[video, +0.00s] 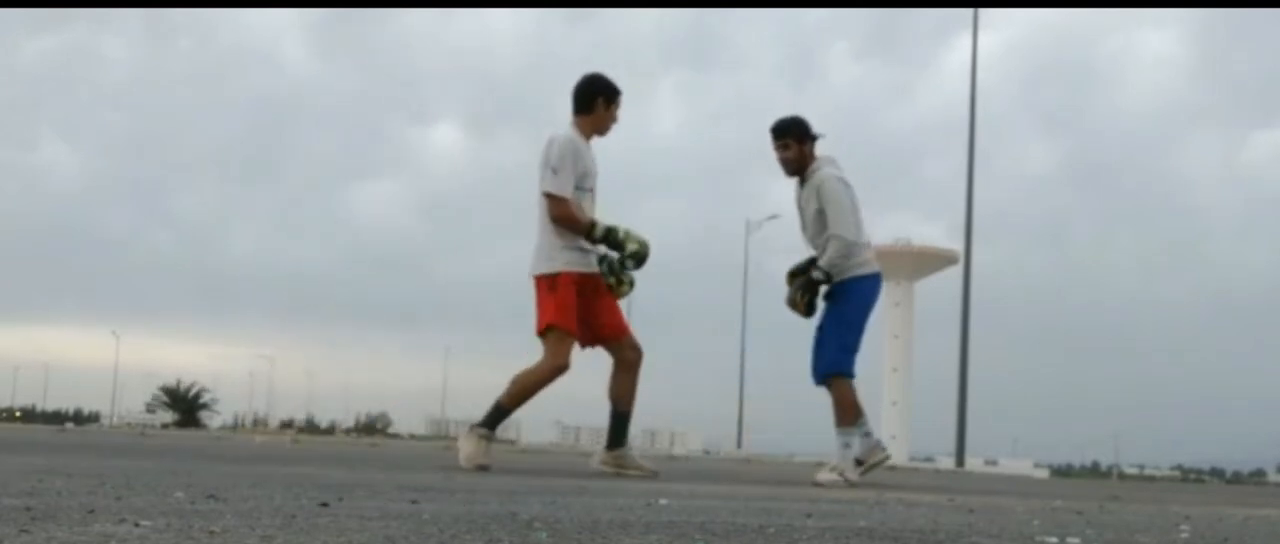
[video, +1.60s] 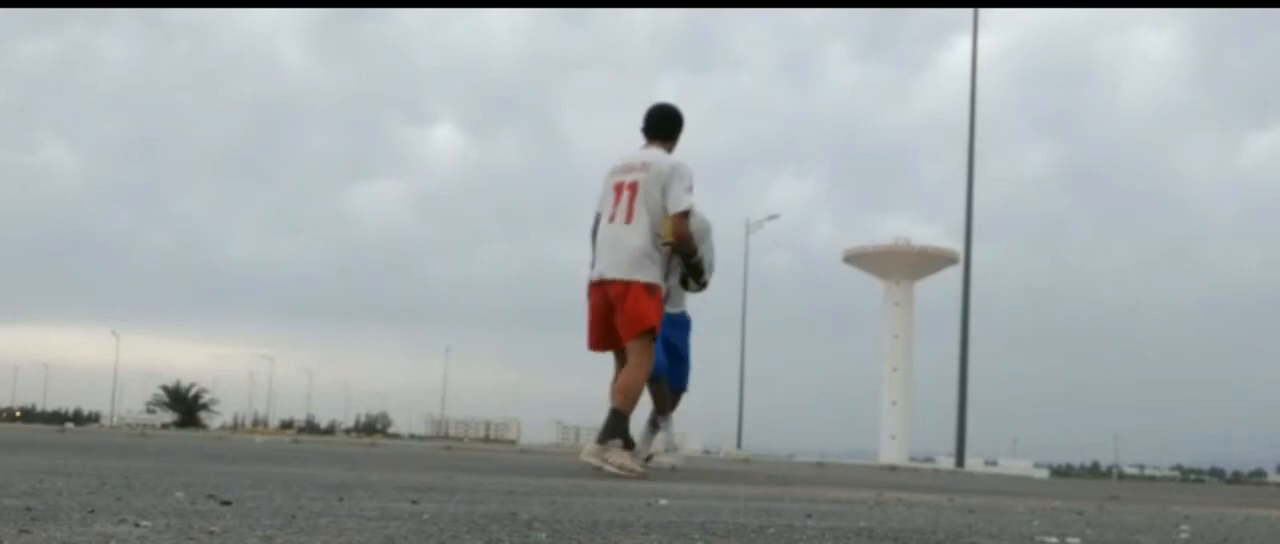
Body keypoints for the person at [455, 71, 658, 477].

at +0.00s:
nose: (615, 118)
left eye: (616, 110)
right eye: (613, 109)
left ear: (592, 107)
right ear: (597, 106)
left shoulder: (585, 153)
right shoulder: (564, 144)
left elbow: (577, 220)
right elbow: (559, 212)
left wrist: (607, 265)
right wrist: (611, 235)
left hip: (587, 272)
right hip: (558, 268)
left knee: (629, 353)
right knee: (556, 360)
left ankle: (616, 450)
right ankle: (480, 433)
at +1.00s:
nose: (644, 117)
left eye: (644, 110)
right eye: (644, 109)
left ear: (607, 106)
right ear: (637, 107)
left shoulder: (587, 145)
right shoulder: (615, 139)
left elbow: (564, 208)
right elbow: (605, 194)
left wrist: (578, 251)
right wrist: (634, 229)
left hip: (585, 263)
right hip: (594, 264)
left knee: (627, 354)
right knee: (593, 353)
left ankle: (606, 445)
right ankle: (532, 442)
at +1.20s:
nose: (657, 110)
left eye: (655, 103)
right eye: (658, 103)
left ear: (622, 99)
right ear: (653, 102)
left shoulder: (602, 139)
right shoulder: (636, 136)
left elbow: (579, 201)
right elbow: (623, 193)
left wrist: (591, 242)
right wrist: (653, 225)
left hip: (595, 256)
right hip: (615, 256)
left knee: (626, 349)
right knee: (622, 347)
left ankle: (603, 442)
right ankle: (562, 427)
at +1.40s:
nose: (673, 128)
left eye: (670, 122)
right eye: (673, 122)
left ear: (638, 117)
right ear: (669, 121)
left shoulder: (612, 155)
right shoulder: (659, 150)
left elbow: (590, 215)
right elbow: (653, 209)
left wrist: (633, 232)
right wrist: (674, 242)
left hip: (596, 268)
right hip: (624, 269)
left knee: (627, 355)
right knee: (639, 357)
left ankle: (607, 444)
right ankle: (605, 445)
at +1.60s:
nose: (677, 141)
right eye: (679, 136)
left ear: (644, 132)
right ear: (677, 136)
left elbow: (597, 225)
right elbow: (678, 227)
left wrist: (600, 265)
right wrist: (694, 266)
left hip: (603, 272)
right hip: (639, 274)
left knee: (624, 360)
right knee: (640, 358)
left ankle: (619, 442)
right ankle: (607, 441)